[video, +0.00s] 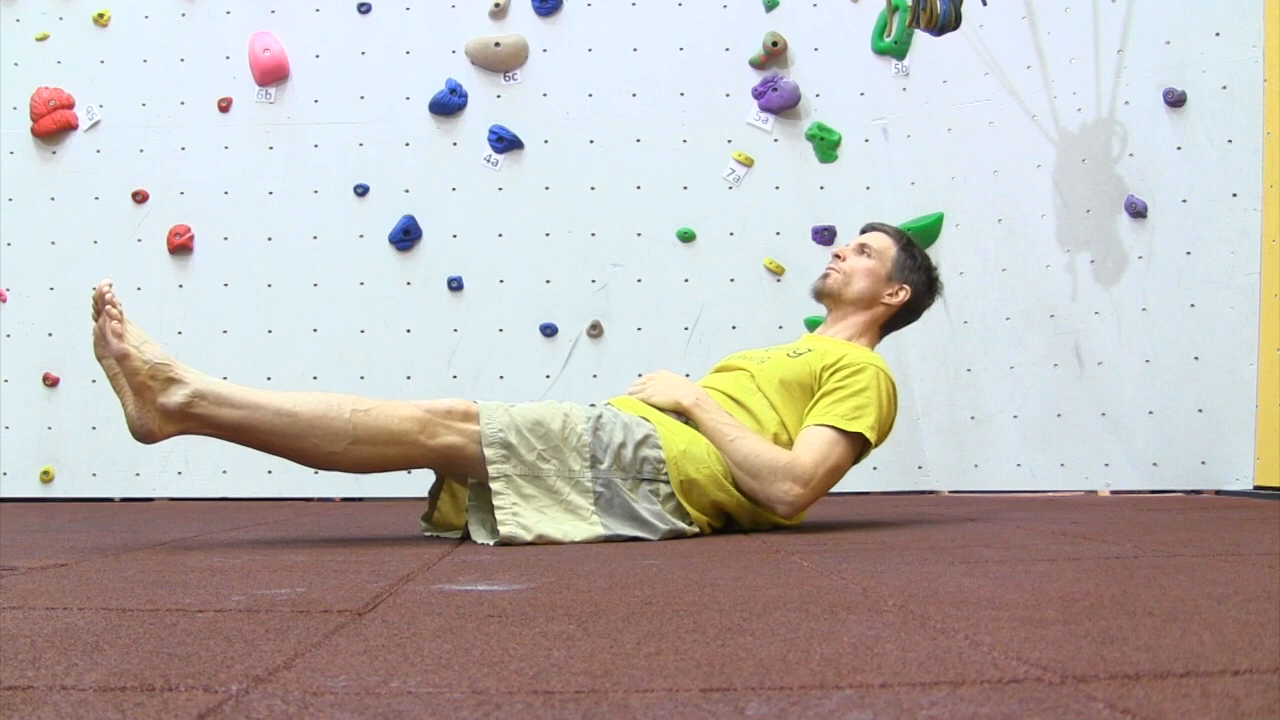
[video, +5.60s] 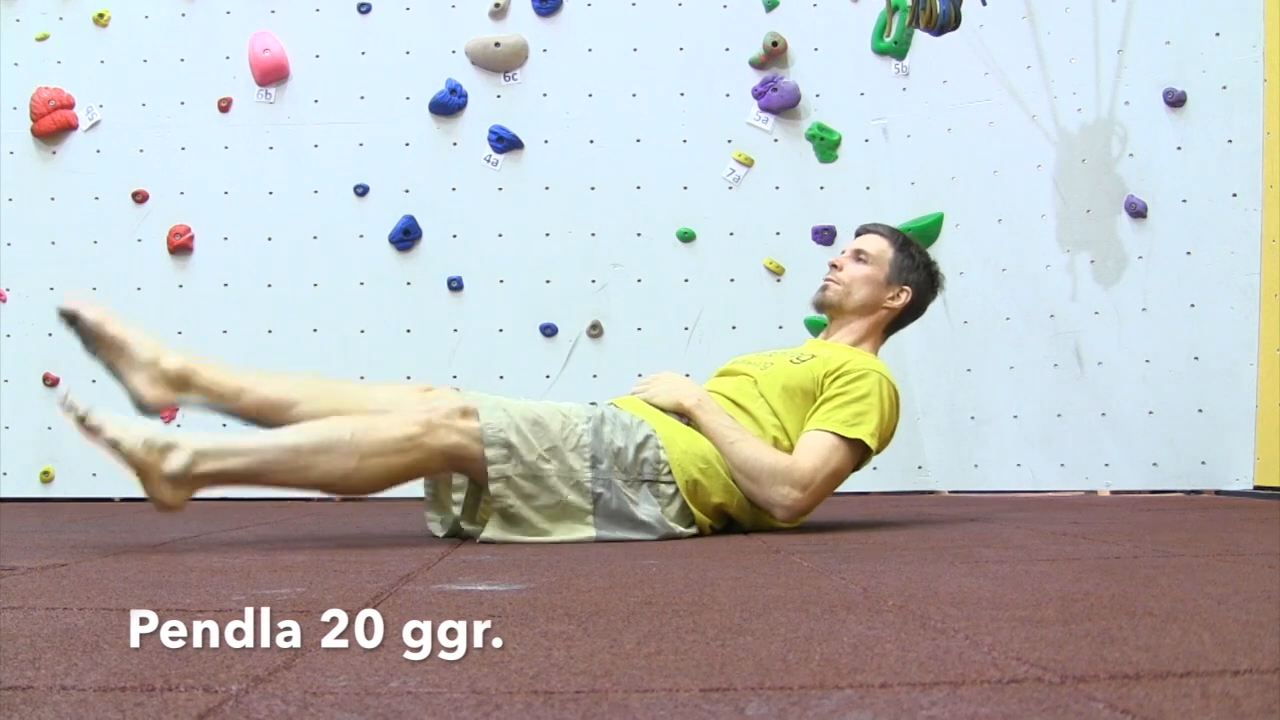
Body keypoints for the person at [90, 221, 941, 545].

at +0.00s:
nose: (841, 252)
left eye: (865, 251)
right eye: (848, 243)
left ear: (895, 296)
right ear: (848, 278)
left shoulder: (861, 372)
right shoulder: (800, 356)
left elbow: (791, 491)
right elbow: (752, 467)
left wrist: (698, 400)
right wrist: (675, 407)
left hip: (661, 461)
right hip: (642, 447)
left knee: (442, 427)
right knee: (432, 429)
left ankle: (178, 400)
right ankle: (179, 402)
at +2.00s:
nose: (847, 256)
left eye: (872, 256)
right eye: (858, 247)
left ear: (898, 304)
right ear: (864, 288)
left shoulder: (865, 378)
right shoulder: (806, 360)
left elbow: (792, 493)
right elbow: (753, 472)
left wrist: (698, 402)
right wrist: (675, 411)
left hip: (660, 461)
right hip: (642, 447)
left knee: (444, 430)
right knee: (433, 430)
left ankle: (176, 411)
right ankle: (177, 413)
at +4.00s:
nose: (831, 262)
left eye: (854, 260)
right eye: (837, 253)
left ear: (889, 300)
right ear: (843, 286)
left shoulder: (861, 377)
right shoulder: (795, 364)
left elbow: (791, 494)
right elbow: (745, 463)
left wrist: (703, 403)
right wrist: (668, 403)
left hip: (652, 457)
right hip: (625, 442)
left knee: (444, 422)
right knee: (426, 419)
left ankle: (187, 408)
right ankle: (185, 404)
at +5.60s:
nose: (839, 258)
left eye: (863, 256)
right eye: (845, 248)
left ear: (896, 299)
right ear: (852, 285)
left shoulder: (863, 378)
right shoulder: (800, 361)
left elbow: (792, 494)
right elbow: (750, 470)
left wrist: (698, 401)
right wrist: (670, 410)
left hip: (652, 462)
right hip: (621, 440)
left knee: (447, 427)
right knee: (415, 403)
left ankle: (185, 467)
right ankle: (178, 378)